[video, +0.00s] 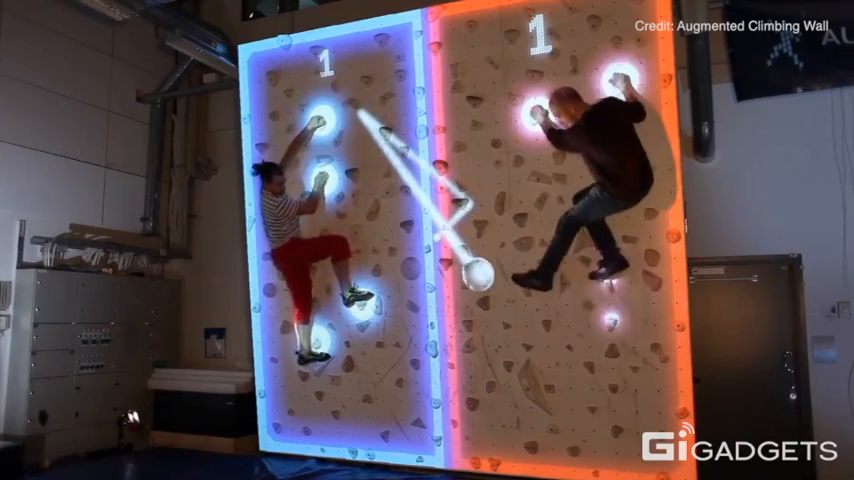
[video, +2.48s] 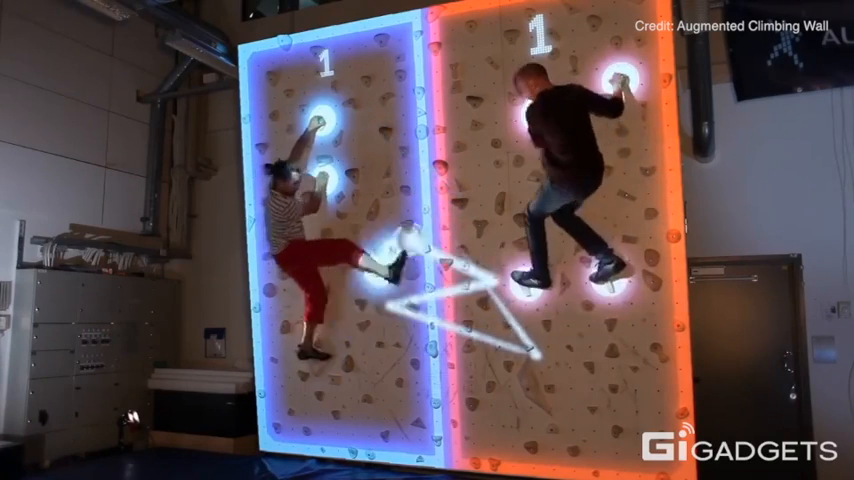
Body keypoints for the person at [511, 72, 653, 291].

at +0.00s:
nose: (559, 121)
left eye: (558, 115)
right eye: (556, 116)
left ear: (569, 109)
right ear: (578, 100)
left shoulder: (580, 134)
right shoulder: (610, 105)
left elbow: (558, 141)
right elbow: (639, 114)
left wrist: (544, 123)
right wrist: (629, 92)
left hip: (622, 193)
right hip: (643, 178)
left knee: (569, 221)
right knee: (581, 200)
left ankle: (543, 275)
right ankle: (612, 259)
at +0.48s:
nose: (557, 112)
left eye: (557, 108)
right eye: (555, 109)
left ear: (566, 102)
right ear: (576, 92)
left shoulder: (575, 127)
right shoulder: (607, 101)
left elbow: (556, 139)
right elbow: (639, 112)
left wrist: (543, 121)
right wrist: (630, 91)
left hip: (616, 190)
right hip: (639, 176)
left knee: (568, 222)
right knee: (579, 200)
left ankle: (544, 276)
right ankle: (613, 258)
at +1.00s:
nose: (549, 155)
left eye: (548, 151)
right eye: (549, 149)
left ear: (551, 149)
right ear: (567, 136)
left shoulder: (560, 167)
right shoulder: (596, 142)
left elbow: (546, 149)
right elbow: (626, 120)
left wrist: (541, 125)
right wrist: (624, 91)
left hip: (608, 226)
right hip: (628, 213)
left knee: (588, 283)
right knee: (569, 208)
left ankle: (580, 351)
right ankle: (609, 260)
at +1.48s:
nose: (539, 160)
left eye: (538, 157)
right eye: (540, 154)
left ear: (544, 156)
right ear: (560, 143)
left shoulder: (551, 175)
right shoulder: (588, 149)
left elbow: (542, 152)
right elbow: (615, 124)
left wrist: (542, 126)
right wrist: (622, 94)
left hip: (597, 236)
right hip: (619, 221)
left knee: (580, 290)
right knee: (562, 214)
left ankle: (571, 356)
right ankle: (608, 261)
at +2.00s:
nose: (535, 104)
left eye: (535, 99)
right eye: (533, 100)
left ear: (546, 93)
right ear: (555, 88)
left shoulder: (550, 121)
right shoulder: (586, 100)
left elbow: (545, 143)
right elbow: (621, 115)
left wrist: (539, 120)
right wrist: (621, 91)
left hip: (589, 192)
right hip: (613, 181)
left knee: (537, 209)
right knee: (564, 209)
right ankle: (608, 260)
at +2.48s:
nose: (523, 95)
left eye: (521, 89)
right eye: (521, 91)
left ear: (529, 84)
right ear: (545, 77)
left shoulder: (534, 111)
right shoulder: (573, 92)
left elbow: (539, 143)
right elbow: (614, 109)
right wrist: (618, 91)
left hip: (566, 181)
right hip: (594, 173)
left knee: (535, 214)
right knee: (562, 214)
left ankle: (540, 274)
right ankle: (607, 259)